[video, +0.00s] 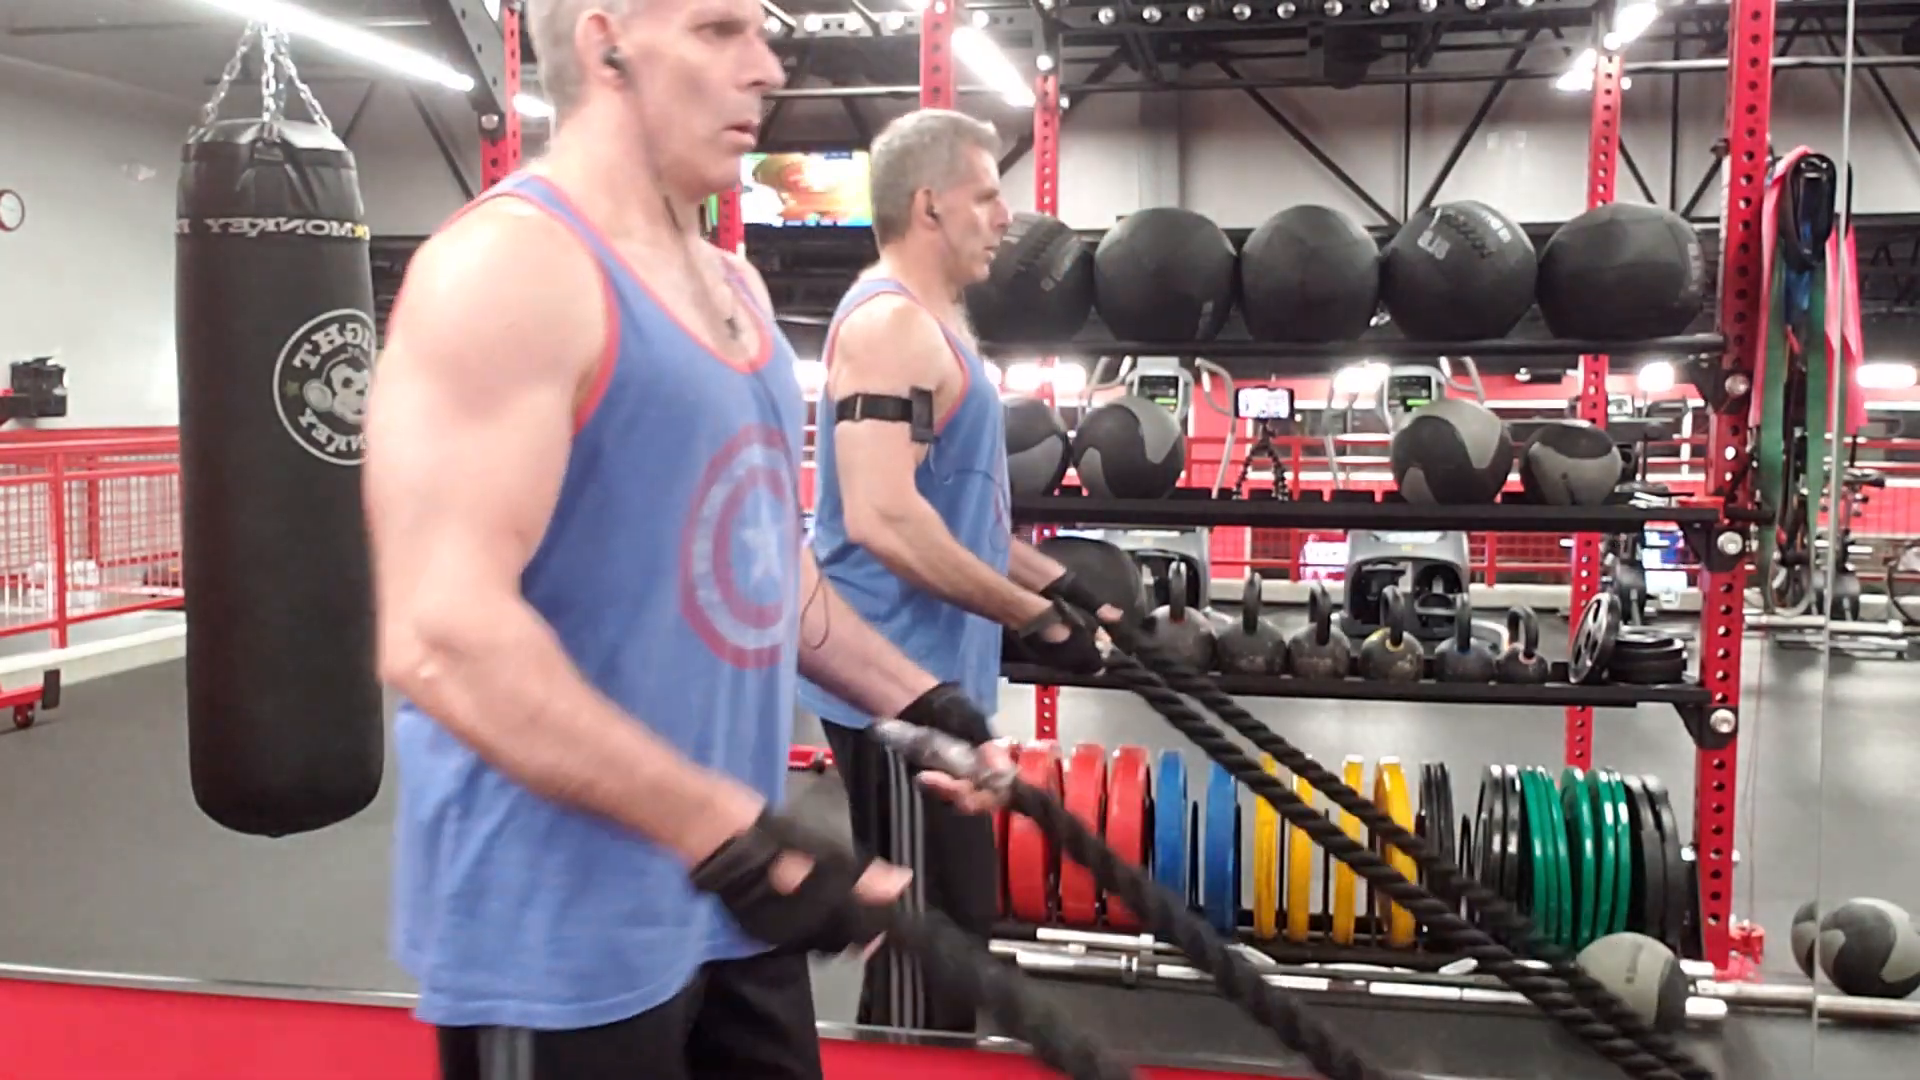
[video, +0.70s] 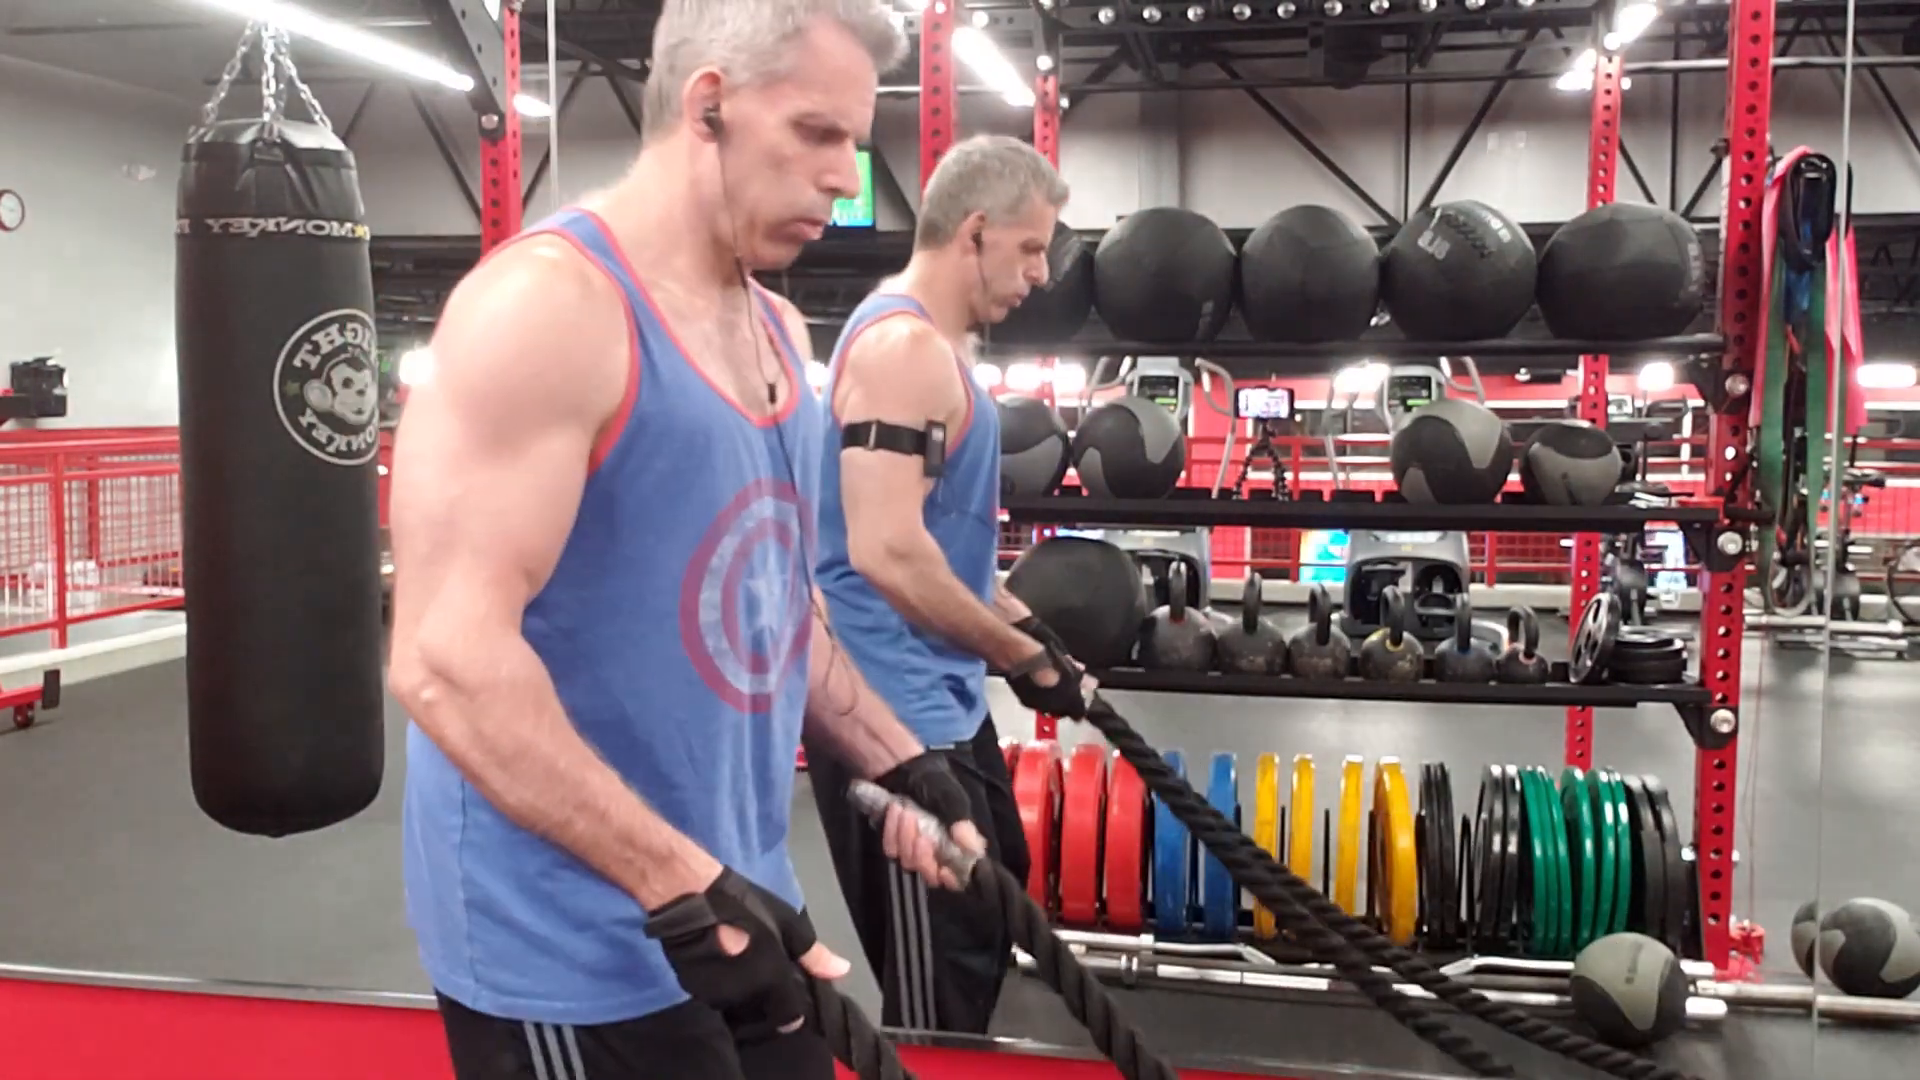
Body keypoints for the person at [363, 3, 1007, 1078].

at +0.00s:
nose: (769, 71)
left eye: (766, 38)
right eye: (723, 29)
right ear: (606, 40)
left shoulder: (734, 283)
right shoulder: (505, 266)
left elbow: (766, 567)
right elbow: (441, 633)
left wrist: (923, 706)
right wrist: (739, 841)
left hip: (736, 915)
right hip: (564, 951)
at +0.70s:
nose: (844, 181)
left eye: (852, 145)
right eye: (817, 134)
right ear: (706, 104)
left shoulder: (778, 328)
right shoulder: (539, 304)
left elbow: (775, 601)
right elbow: (447, 656)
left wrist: (902, 772)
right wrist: (685, 887)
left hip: (748, 925)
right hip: (574, 967)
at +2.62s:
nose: (824, 183)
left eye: (819, 146)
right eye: (784, 142)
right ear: (666, 154)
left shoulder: (742, 378)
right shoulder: (541, 386)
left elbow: (747, 671)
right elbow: (418, 755)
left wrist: (876, 857)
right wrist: (645, 1011)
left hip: (731, 956)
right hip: (528, 1014)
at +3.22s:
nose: (839, 189)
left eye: (835, 153)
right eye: (797, 149)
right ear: (682, 165)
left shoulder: (751, 393)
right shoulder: (553, 383)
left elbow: (739, 686)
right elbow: (432, 754)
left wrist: (870, 865)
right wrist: (674, 1017)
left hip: (733, 959)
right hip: (533, 1017)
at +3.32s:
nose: (819, 189)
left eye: (817, 155)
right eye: (781, 149)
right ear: (666, 158)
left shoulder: (746, 388)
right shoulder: (533, 367)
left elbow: (730, 696)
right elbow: (533, 723)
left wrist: (827, 891)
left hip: (722, 947)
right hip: (541, 986)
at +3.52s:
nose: (815, 206)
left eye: (812, 168)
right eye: (775, 164)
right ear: (658, 175)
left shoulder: (741, 388)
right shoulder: (516, 383)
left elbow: (752, 673)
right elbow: (581, 740)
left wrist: (857, 855)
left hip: (697, 924)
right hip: (516, 967)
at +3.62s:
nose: (818, 209)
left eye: (814, 172)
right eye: (779, 169)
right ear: (663, 176)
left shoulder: (729, 374)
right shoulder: (529, 396)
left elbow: (784, 611)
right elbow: (506, 788)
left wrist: (969, 687)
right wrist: (733, 1026)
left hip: (695, 913)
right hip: (514, 979)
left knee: (793, 1049)